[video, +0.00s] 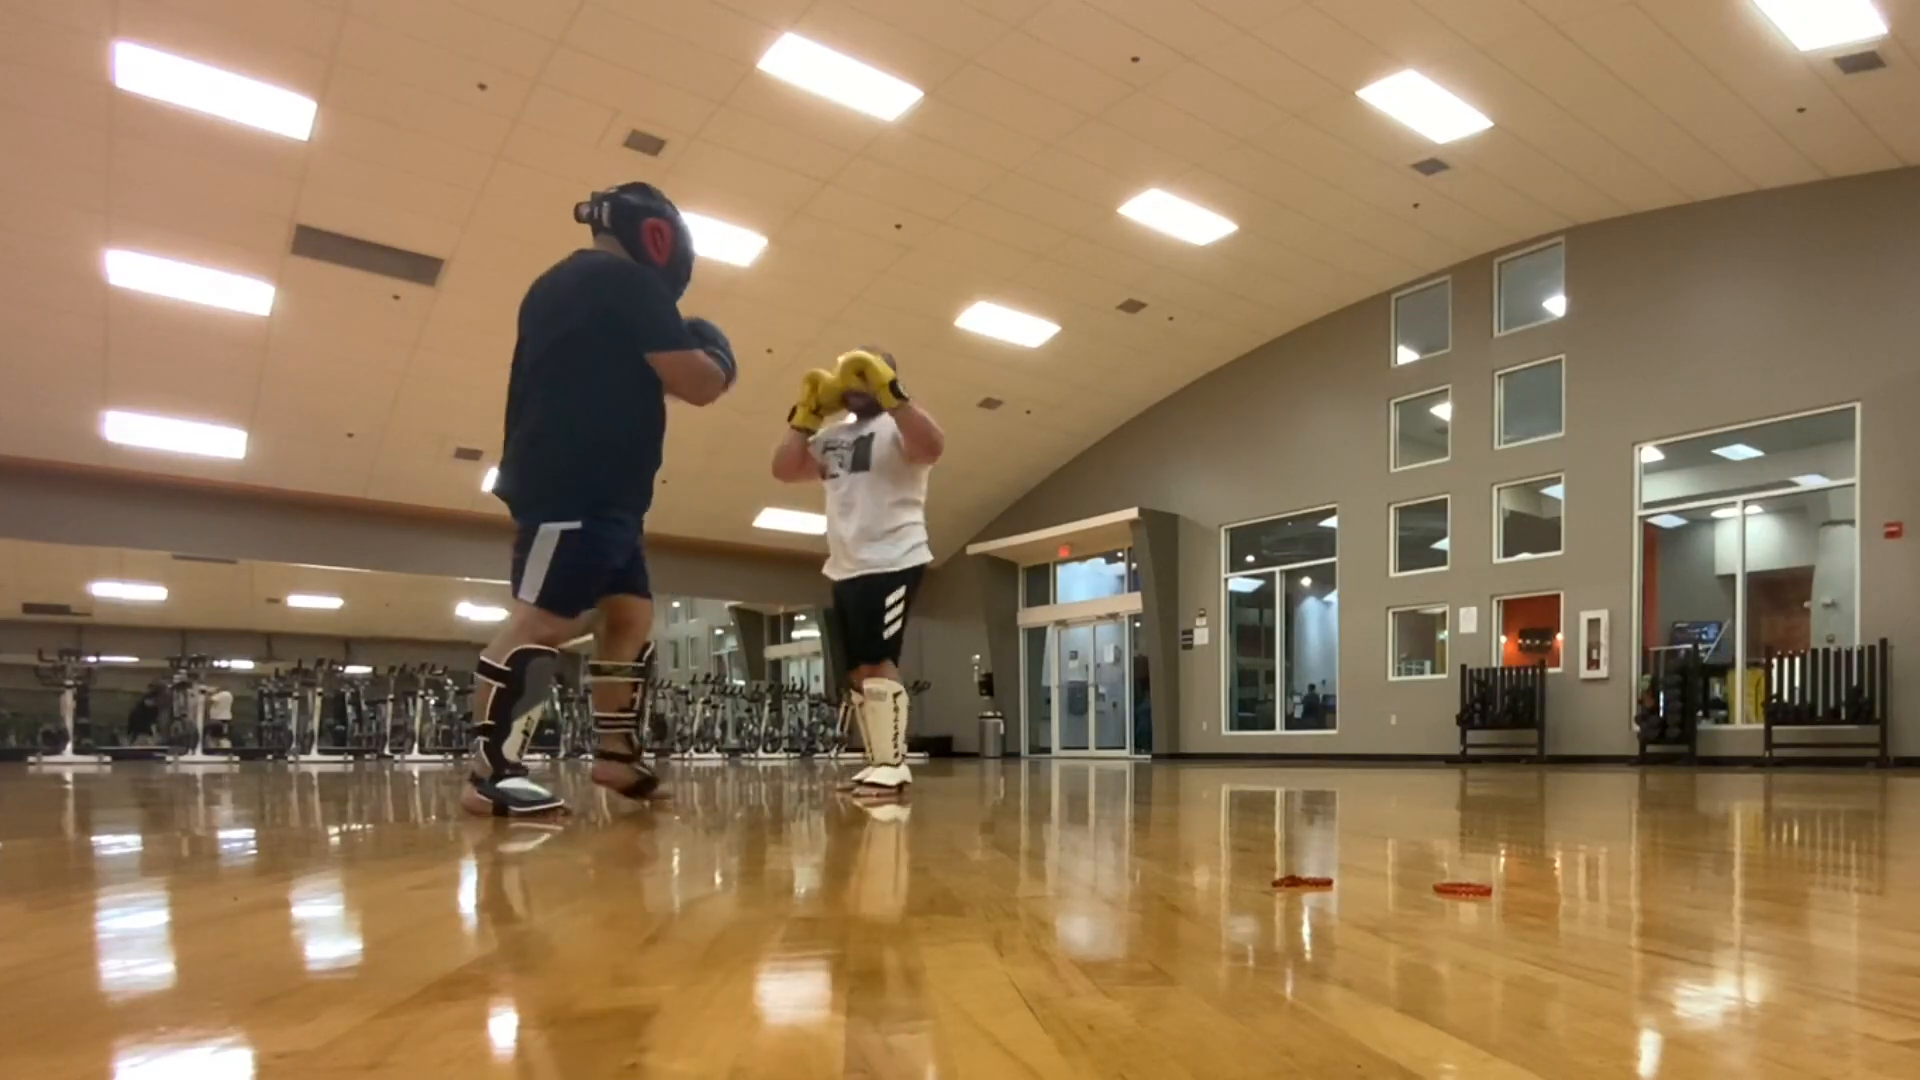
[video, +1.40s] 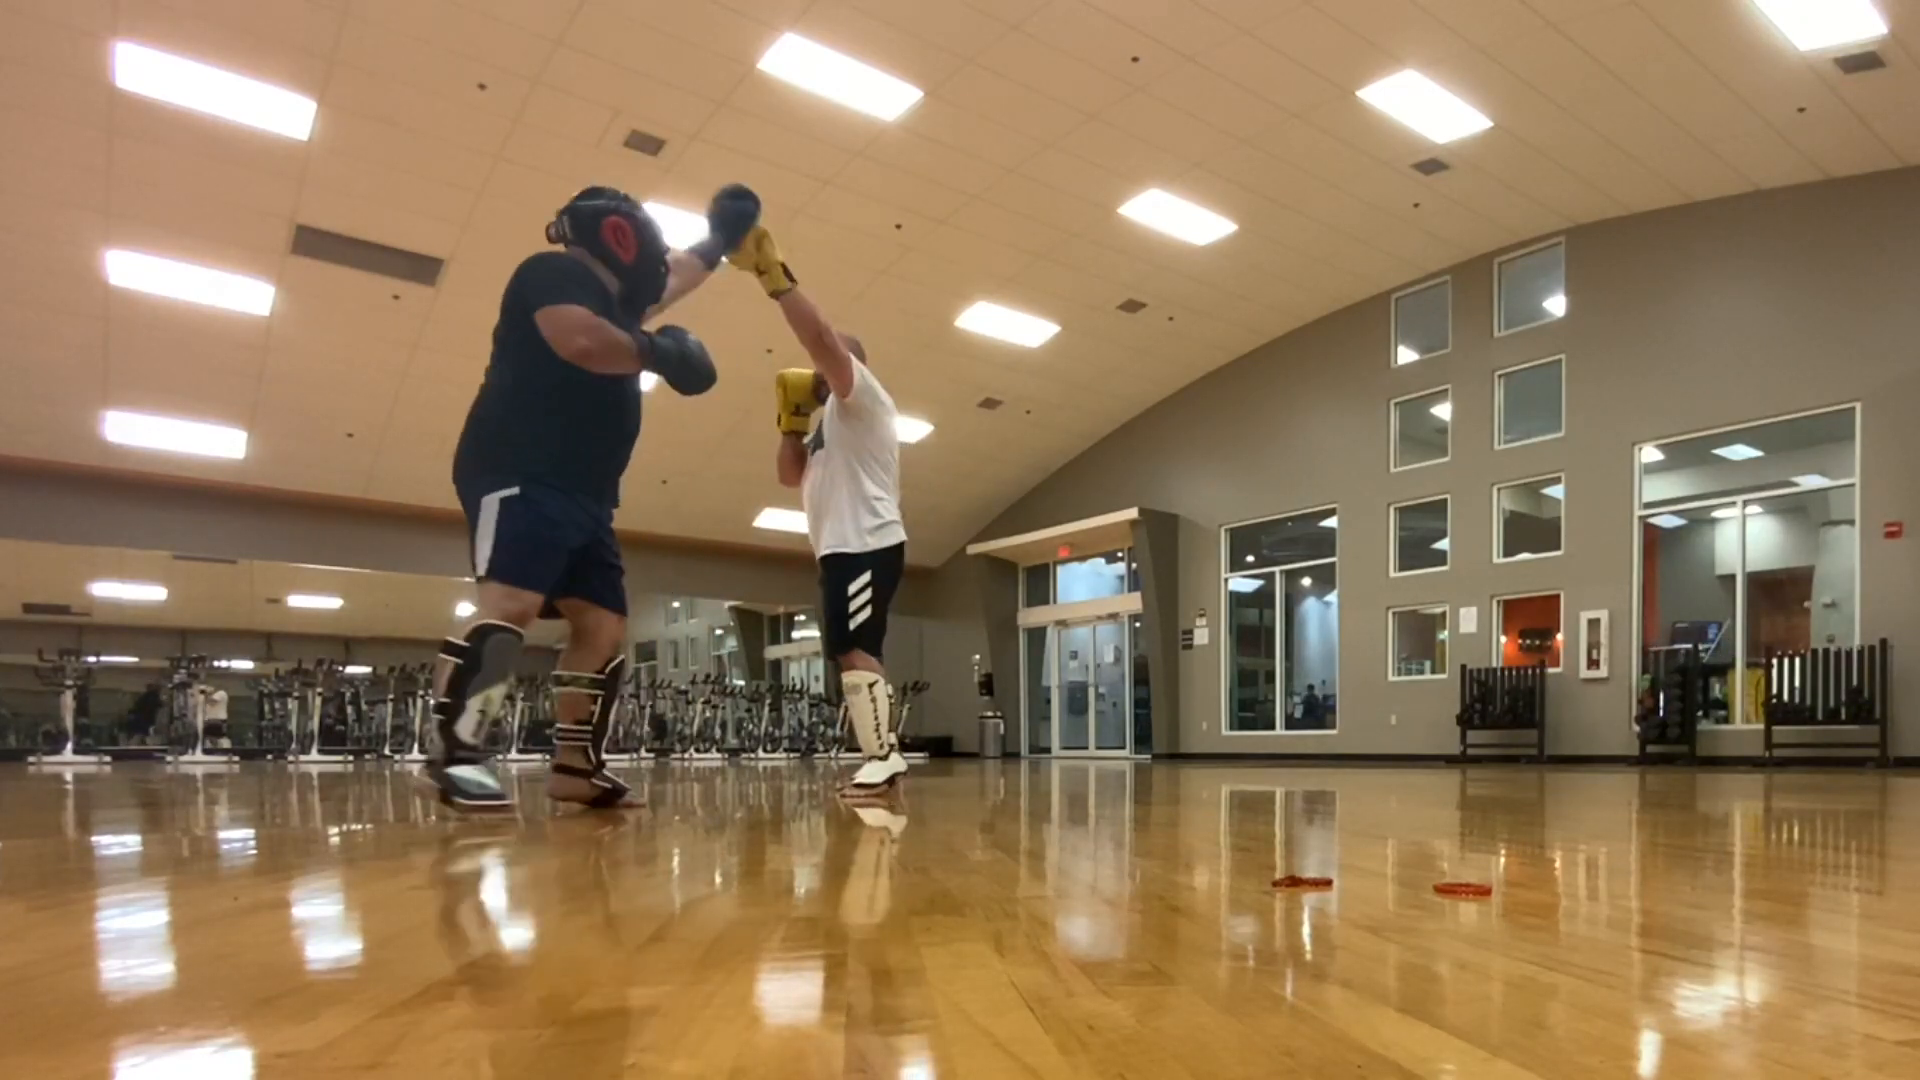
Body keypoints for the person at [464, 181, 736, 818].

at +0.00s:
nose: (676, 263)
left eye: (676, 251)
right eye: (675, 249)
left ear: (605, 232)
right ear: (654, 235)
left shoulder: (552, 286)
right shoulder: (629, 282)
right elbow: (696, 383)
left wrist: (667, 335)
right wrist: (718, 350)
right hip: (582, 485)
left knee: (629, 617)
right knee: (541, 620)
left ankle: (618, 757)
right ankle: (488, 769)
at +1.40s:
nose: (653, 257)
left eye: (654, 247)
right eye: (646, 243)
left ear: (606, 240)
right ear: (615, 235)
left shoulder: (620, 303)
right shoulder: (553, 271)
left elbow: (676, 273)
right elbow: (577, 341)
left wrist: (719, 240)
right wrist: (655, 352)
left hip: (584, 492)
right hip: (521, 472)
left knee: (601, 623)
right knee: (513, 601)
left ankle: (575, 764)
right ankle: (457, 752)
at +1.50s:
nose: (639, 259)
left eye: (640, 247)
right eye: (634, 244)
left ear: (592, 242)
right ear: (604, 237)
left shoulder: (595, 311)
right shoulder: (535, 276)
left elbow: (639, 314)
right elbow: (557, 350)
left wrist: (681, 256)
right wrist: (637, 361)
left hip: (569, 496)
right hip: (504, 476)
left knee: (607, 623)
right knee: (489, 603)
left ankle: (578, 760)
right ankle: (395, 747)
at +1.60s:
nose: (606, 254)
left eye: (604, 240)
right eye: (597, 238)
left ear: (558, 240)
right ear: (567, 235)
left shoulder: (557, 315)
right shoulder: (507, 284)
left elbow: (566, 382)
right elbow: (534, 369)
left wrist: (638, 349)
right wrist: (621, 380)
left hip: (555, 507)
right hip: (490, 490)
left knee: (606, 629)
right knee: (471, 614)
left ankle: (578, 768)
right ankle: (340, 745)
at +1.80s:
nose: (523, 199)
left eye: (520, 184)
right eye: (513, 181)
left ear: (467, 179)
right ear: (480, 173)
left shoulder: (465, 250)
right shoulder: (432, 224)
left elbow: (452, 359)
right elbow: (497, 319)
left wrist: (534, 378)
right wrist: (562, 316)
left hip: (459, 476)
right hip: (399, 462)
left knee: (495, 624)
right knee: (382, 614)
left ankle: (547, 760)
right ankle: (291, 770)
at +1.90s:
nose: (484, 149)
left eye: (483, 134)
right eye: (474, 129)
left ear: (431, 125)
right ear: (440, 118)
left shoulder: (431, 197)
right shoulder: (384, 164)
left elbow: (439, 288)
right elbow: (451, 264)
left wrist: (508, 277)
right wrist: (519, 272)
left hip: (416, 435)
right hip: (347, 416)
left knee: (425, 595)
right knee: (348, 576)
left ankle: (380, 762)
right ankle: (283, 755)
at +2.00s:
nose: (442, 120)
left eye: (439, 106)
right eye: (431, 100)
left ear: (387, 98)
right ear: (394, 88)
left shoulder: (384, 165)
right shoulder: (333, 132)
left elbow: (391, 241)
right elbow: (376, 229)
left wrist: (461, 233)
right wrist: (467, 247)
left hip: (362, 399)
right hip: (311, 384)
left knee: (343, 578)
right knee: (322, 554)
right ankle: (236, 743)